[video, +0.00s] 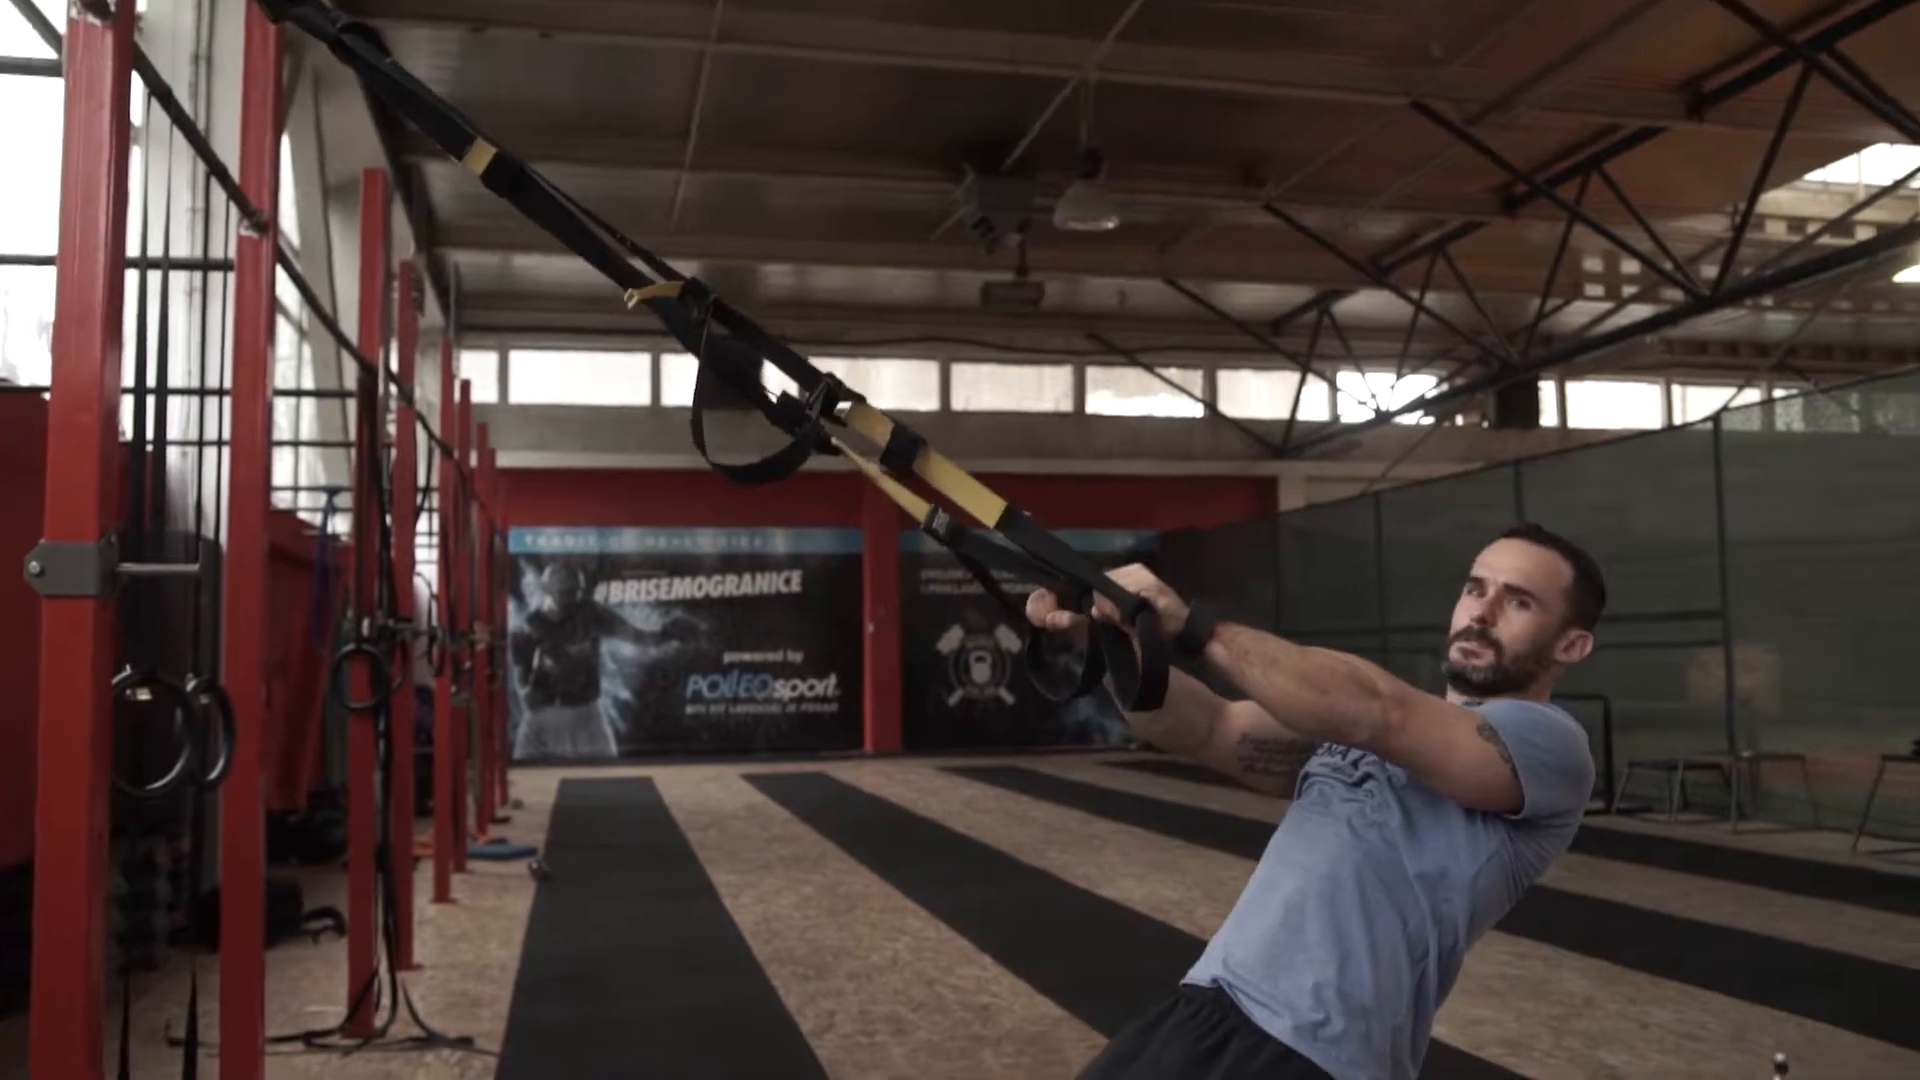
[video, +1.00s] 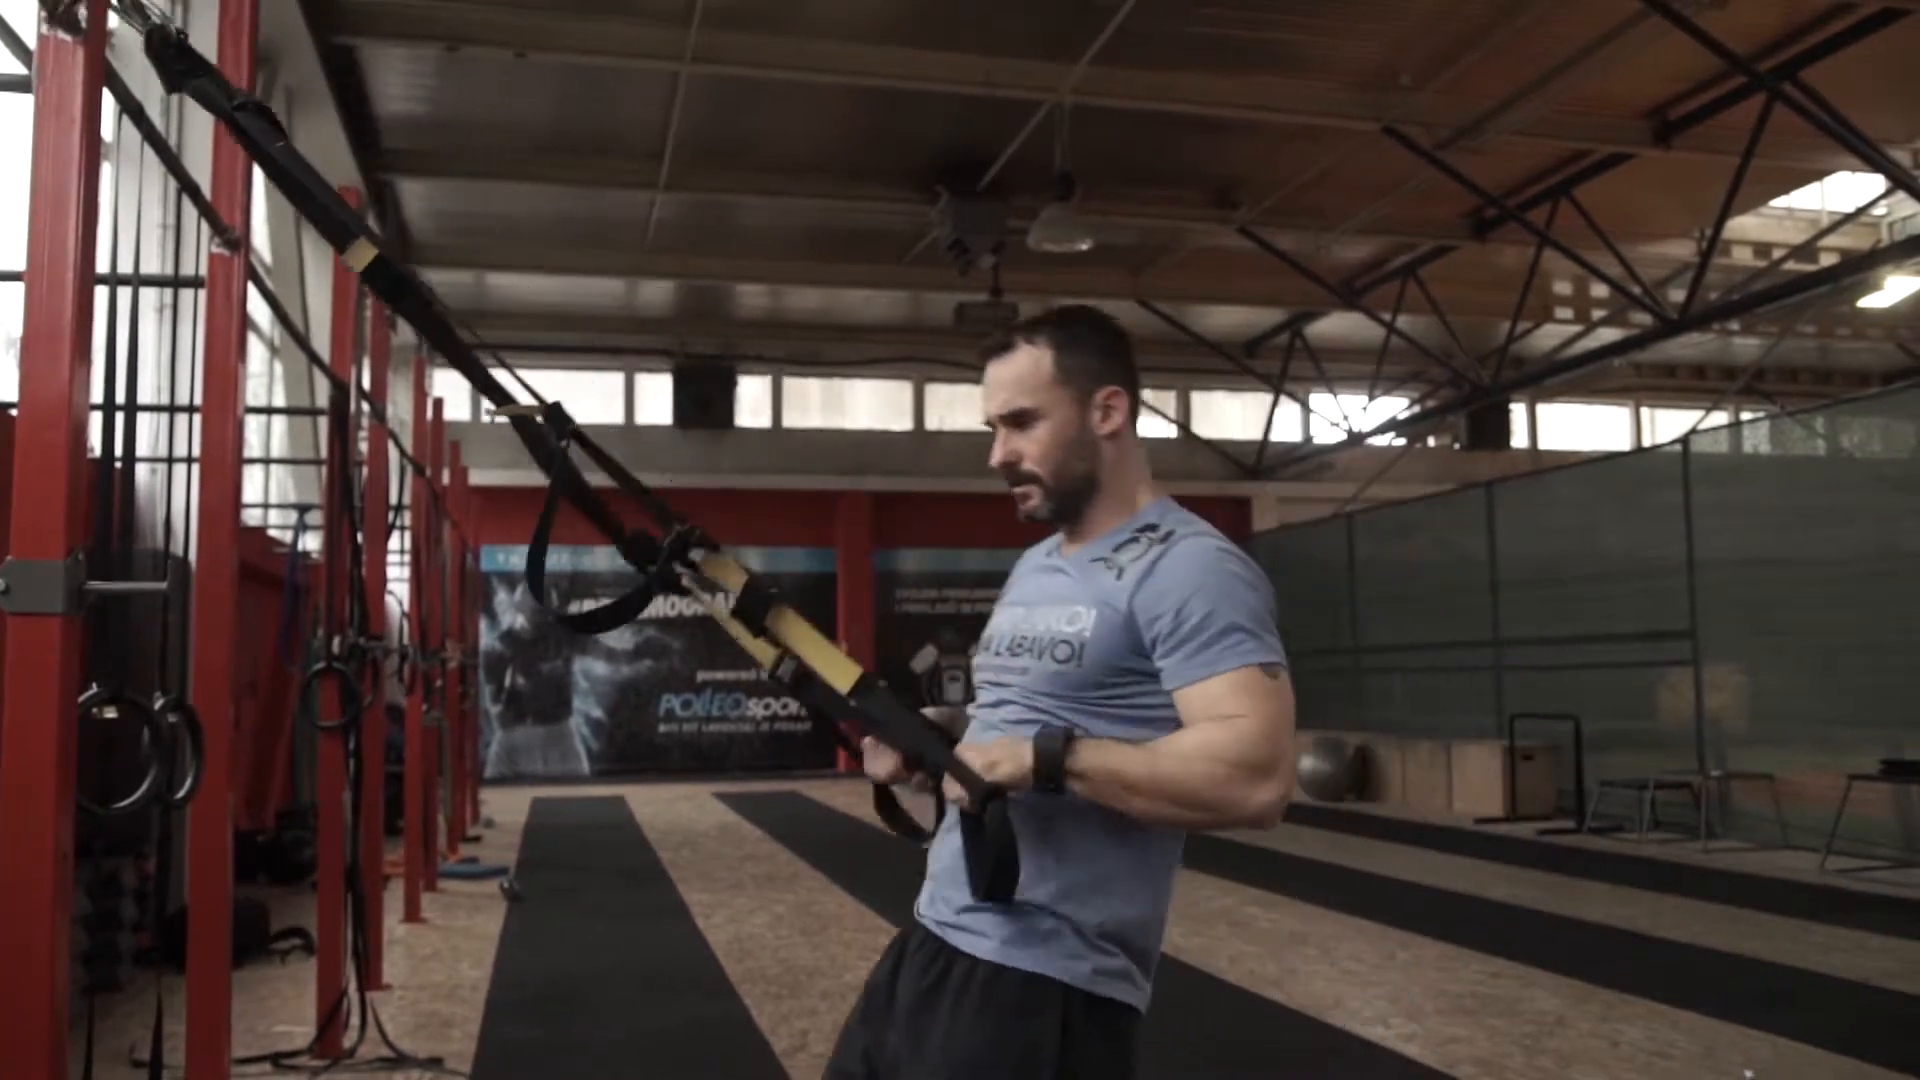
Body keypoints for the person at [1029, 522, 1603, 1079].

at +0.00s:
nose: (1478, 612)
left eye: (1518, 602)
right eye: (1475, 590)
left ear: (1571, 645)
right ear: (1458, 597)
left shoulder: (1556, 749)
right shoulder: (1384, 715)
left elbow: (1383, 712)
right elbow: (1218, 729)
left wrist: (1197, 630)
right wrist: (1107, 639)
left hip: (1320, 1060)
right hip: (1197, 1012)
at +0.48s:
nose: (1431, 614)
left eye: (1469, 598)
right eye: (1423, 589)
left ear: (1526, 632)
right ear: (1404, 597)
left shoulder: (1517, 748)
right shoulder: (1340, 715)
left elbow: (1356, 772)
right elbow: (1167, 761)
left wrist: (1190, 638)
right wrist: (1081, 663)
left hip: (1283, 1062)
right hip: (1157, 1013)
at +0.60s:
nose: (1354, 571)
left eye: (1389, 551)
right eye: (1348, 548)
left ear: (1460, 579)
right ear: (1336, 555)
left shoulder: (1468, 713)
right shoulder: (1285, 685)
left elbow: (1329, 809)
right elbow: (1133, 786)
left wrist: (1182, 661)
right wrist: (1068, 680)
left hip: (1231, 1049)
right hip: (1113, 995)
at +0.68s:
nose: (1281, 538)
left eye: (1315, 514)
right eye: (1277, 514)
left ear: (1393, 530)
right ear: (1267, 519)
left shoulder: (1417, 675)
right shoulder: (1244, 653)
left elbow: (1320, 827)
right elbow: (1112, 793)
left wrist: (1167, 685)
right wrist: (1045, 697)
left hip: (1192, 1033)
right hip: (1078, 979)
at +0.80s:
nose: (1168, 495)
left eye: (1196, 466)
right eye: (1164, 472)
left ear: (1280, 465)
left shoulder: (1328, 623)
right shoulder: (1164, 605)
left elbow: (1313, 822)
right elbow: (1095, 775)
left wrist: (1133, 715)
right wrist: (1011, 713)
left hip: (1128, 1014)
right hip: (1017, 960)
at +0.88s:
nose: (1094, 475)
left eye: (1121, 444)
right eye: (1090, 451)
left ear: (1206, 436)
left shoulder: (1268, 596)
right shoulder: (1111, 582)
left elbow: (1297, 803)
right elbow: (1078, 755)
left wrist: (1097, 729)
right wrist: (982, 726)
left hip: (1089, 1002)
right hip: (973, 956)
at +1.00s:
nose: (999, 455)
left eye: (1022, 422)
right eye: (994, 430)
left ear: (1110, 411)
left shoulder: (1191, 567)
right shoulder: (1036, 567)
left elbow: (1254, 776)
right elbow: (1023, 763)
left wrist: (1046, 757)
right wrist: (921, 774)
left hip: (1049, 994)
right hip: (931, 957)